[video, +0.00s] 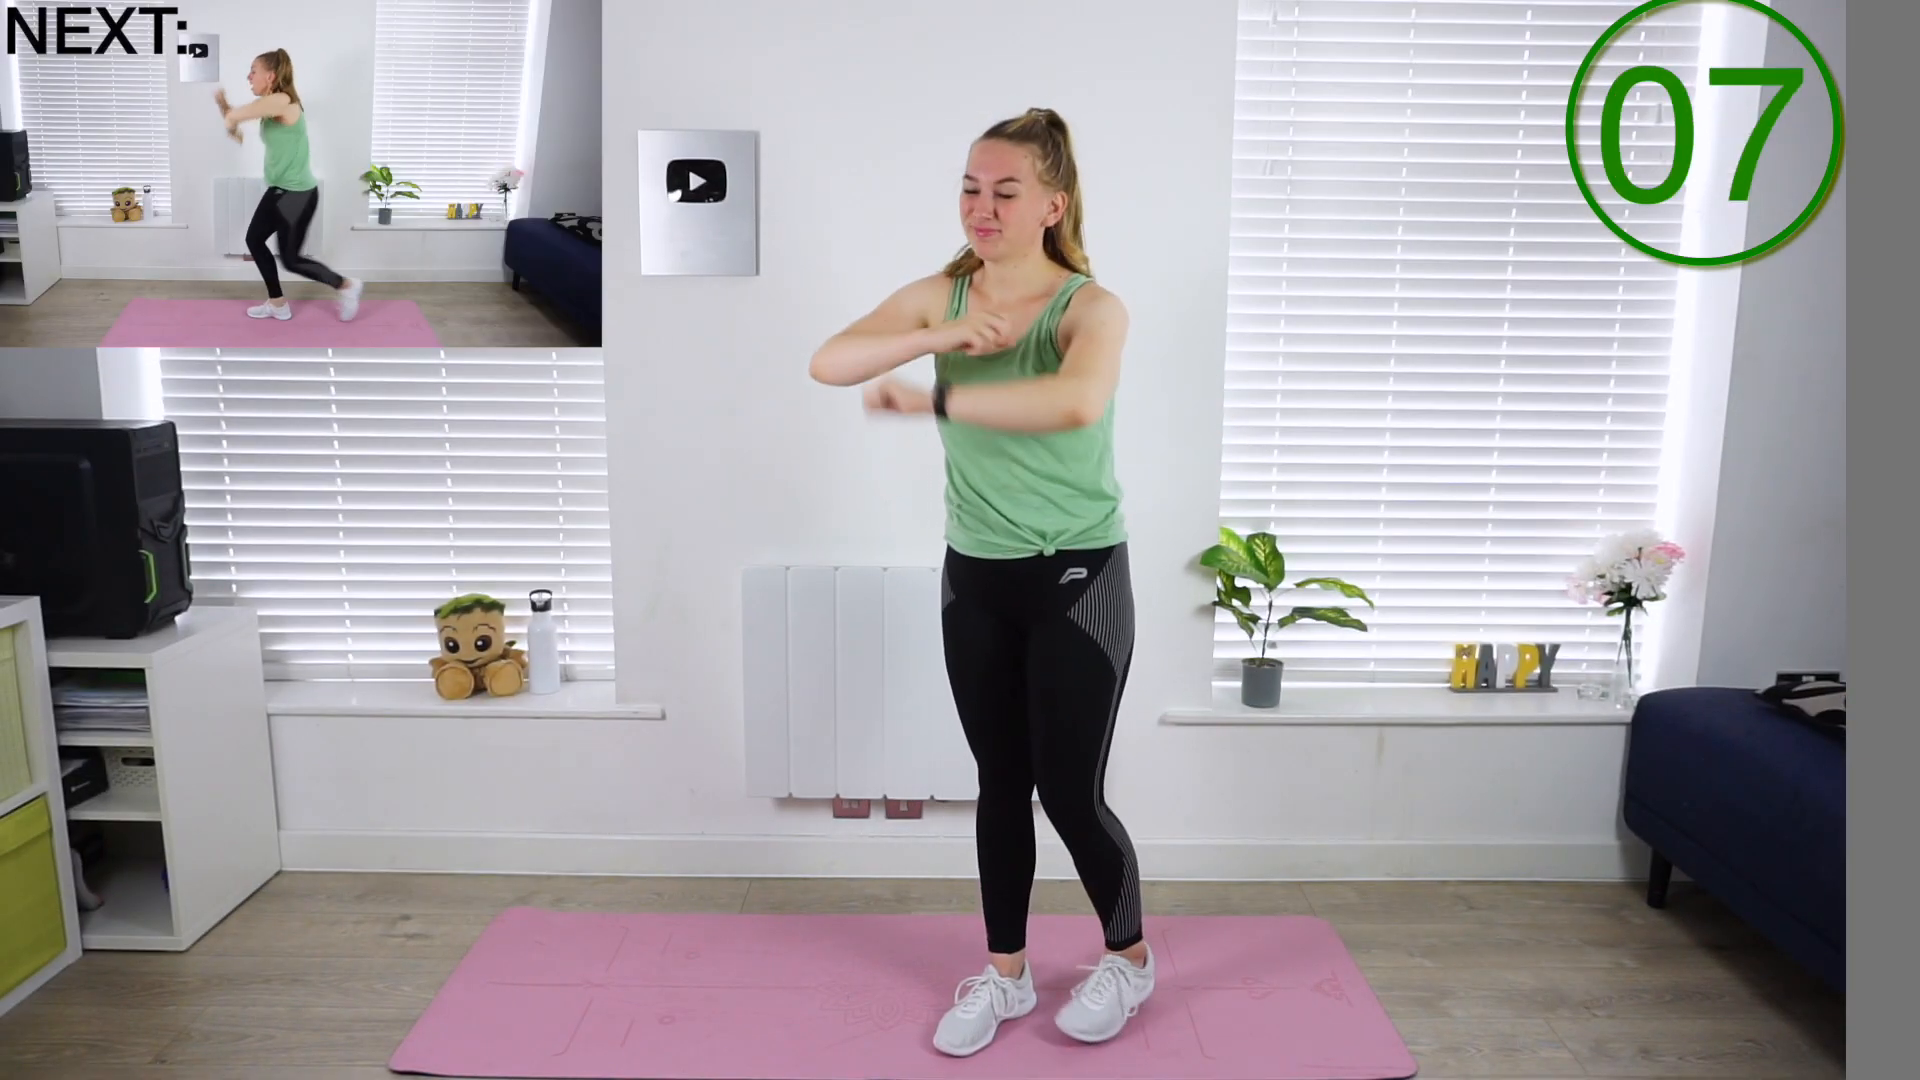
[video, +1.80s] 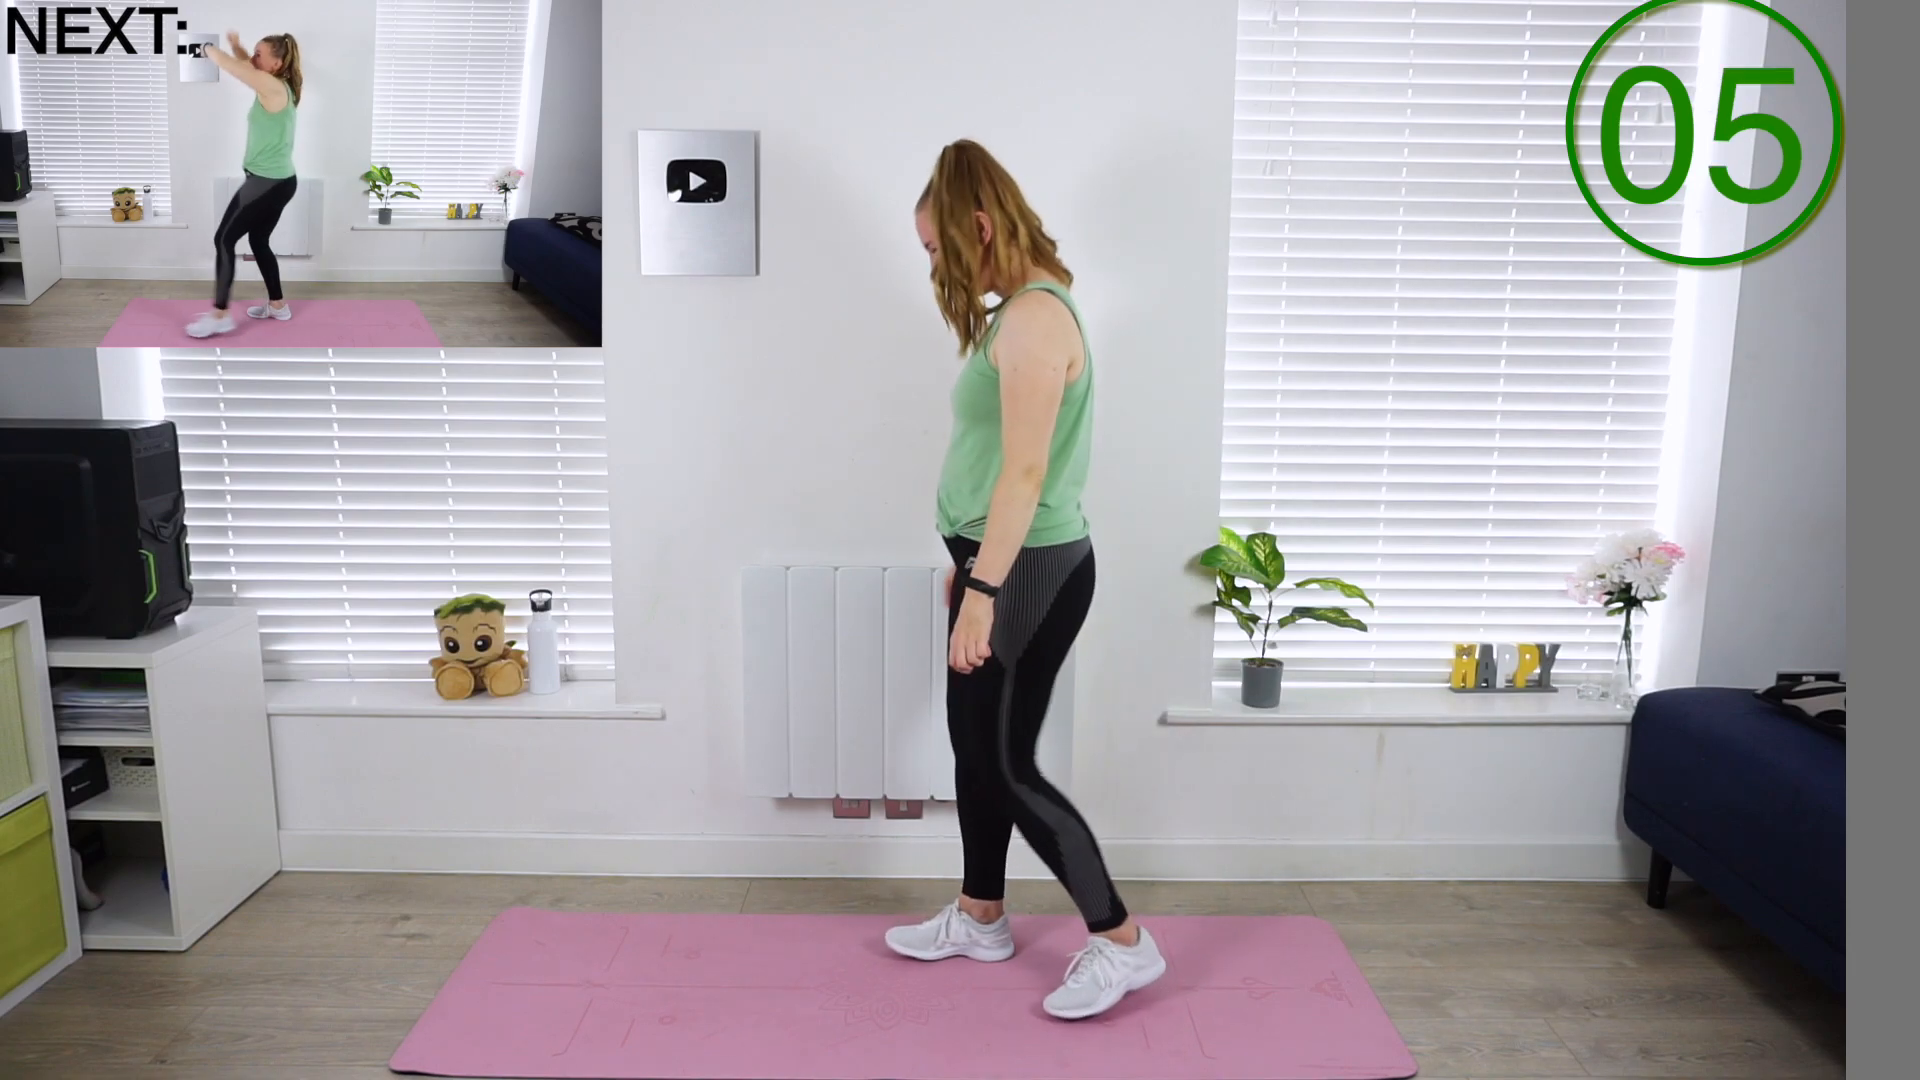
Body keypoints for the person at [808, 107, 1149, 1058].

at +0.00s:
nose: (982, 207)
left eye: (1004, 190)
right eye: (972, 190)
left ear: (1056, 203)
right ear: (961, 199)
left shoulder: (1092, 308)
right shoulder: (941, 295)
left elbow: (1081, 403)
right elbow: (830, 361)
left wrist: (933, 401)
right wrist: (948, 331)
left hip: (1079, 576)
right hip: (976, 573)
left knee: (1069, 789)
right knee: (1001, 782)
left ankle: (1127, 959)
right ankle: (1006, 970)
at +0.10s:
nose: (978, 211)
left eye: (999, 195)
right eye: (972, 193)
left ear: (1059, 204)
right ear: (967, 198)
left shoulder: (1100, 311)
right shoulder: (959, 303)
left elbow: (1098, 444)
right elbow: (853, 394)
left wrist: (960, 478)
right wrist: (884, 374)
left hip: (1082, 576)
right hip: (985, 573)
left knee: (1067, 789)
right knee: (1005, 782)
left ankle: (1138, 953)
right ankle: (1007, 970)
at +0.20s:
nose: (981, 227)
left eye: (996, 210)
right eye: (977, 210)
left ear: (1061, 207)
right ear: (999, 214)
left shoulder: (1116, 317)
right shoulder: (985, 310)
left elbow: (1112, 469)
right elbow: (914, 412)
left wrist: (996, 548)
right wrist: (871, 448)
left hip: (1088, 585)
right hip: (998, 578)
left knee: (1072, 793)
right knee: (1012, 786)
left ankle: (1144, 963)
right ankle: (1007, 971)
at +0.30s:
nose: (991, 238)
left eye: (1001, 218)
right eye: (987, 220)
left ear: (1062, 209)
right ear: (1040, 215)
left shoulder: (1131, 321)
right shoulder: (1017, 308)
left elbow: (1105, 487)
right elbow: (969, 435)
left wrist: (1030, 603)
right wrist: (920, 526)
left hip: (1100, 583)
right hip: (1010, 571)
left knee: (1082, 782)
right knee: (1020, 779)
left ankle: (1144, 966)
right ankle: (1007, 970)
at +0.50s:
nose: (1009, 253)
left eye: (1015, 234)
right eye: (1004, 236)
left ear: (1069, 220)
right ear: (1066, 223)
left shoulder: (1148, 328)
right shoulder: (1072, 307)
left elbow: (1136, 497)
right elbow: (1069, 459)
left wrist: (1106, 629)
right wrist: (1045, 568)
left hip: (1129, 577)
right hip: (1052, 569)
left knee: (1115, 777)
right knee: (1037, 777)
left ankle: (1146, 964)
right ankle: (1006, 962)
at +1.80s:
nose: (935, 264)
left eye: (936, 247)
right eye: (930, 249)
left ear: (975, 230)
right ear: (992, 225)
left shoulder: (1033, 318)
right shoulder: (1023, 310)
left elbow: (1026, 472)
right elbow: (1012, 463)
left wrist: (983, 590)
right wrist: (968, 561)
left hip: (1032, 563)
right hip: (1003, 556)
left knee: (1008, 764)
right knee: (975, 744)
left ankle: (1123, 940)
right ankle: (980, 917)